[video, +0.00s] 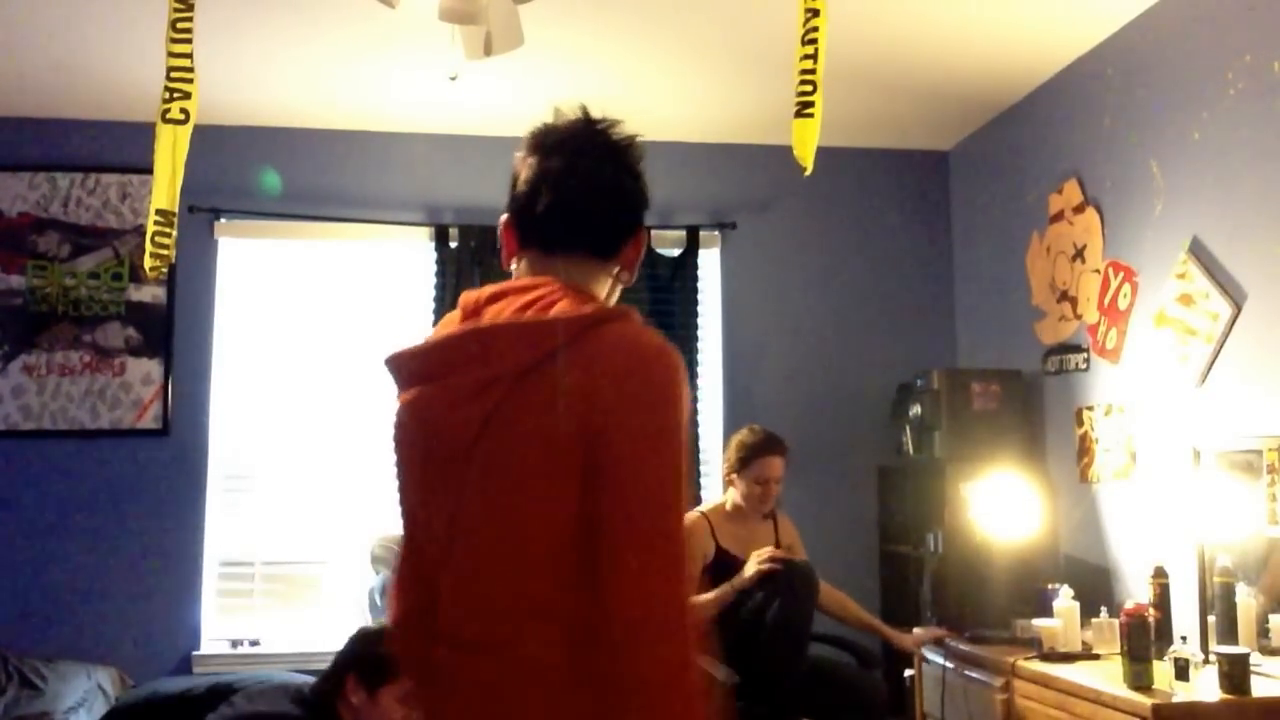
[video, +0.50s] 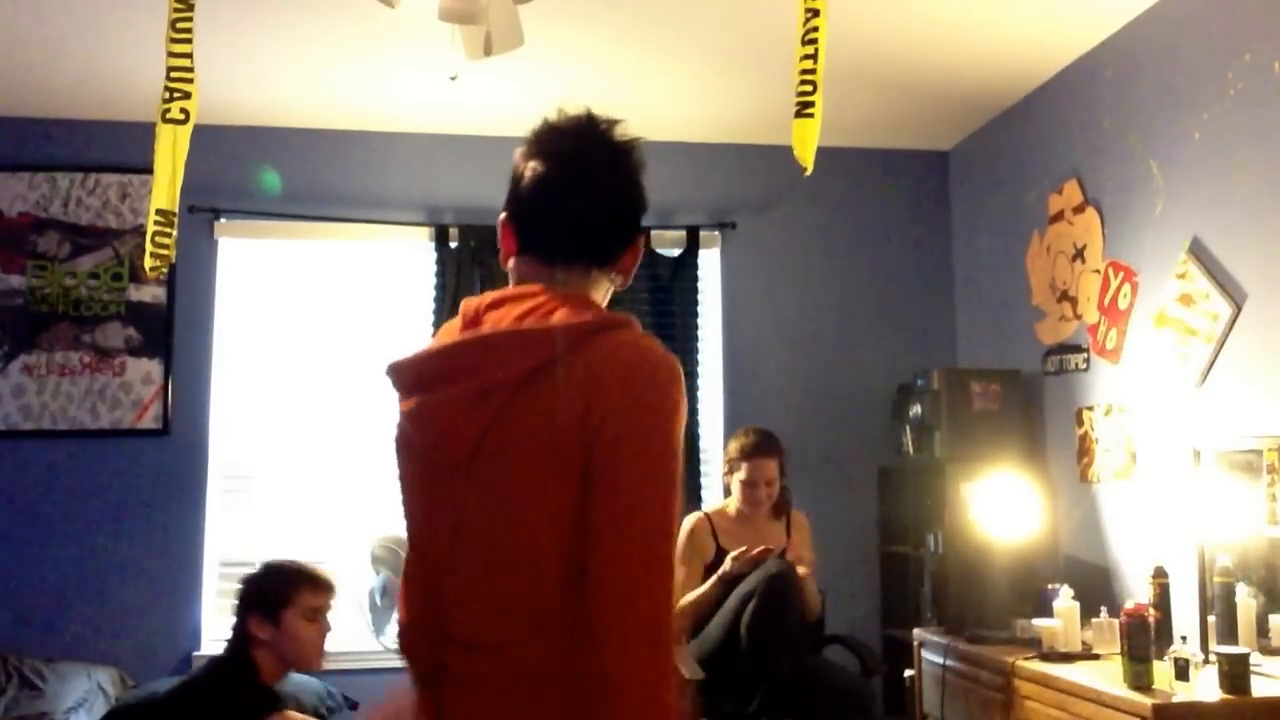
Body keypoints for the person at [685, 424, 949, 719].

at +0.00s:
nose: (771, 492)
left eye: (777, 482)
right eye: (760, 483)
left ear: (783, 479)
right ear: (731, 478)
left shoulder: (779, 525)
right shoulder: (697, 527)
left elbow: (814, 590)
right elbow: (684, 613)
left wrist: (894, 636)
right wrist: (741, 581)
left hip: (775, 634)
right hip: (723, 644)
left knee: (867, 660)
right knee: (798, 578)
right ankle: (764, 703)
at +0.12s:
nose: (767, 495)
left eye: (774, 484)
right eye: (756, 484)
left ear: (781, 482)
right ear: (729, 480)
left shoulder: (782, 524)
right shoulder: (698, 527)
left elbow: (812, 597)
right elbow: (677, 620)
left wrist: (892, 630)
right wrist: (735, 579)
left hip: (766, 640)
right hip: (706, 647)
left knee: (850, 669)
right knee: (792, 577)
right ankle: (765, 703)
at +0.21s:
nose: (762, 496)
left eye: (771, 485)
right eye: (751, 485)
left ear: (780, 481)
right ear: (727, 478)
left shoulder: (786, 524)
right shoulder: (702, 527)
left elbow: (803, 601)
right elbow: (688, 614)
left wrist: (876, 617)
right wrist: (730, 578)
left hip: (776, 643)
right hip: (719, 654)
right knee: (790, 576)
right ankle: (764, 707)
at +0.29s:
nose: (761, 496)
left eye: (770, 485)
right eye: (751, 485)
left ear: (780, 482)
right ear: (727, 480)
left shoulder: (789, 524)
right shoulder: (713, 527)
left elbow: (795, 603)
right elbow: (704, 597)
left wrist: (845, 602)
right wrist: (738, 570)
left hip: (778, 649)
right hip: (729, 651)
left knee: (858, 688)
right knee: (788, 575)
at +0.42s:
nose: (760, 496)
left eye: (769, 484)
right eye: (749, 485)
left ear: (781, 480)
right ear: (727, 479)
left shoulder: (794, 523)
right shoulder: (706, 525)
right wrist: (727, 571)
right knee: (781, 582)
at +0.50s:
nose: (760, 494)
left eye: (769, 484)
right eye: (750, 484)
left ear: (780, 481)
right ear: (728, 478)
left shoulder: (794, 524)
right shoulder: (700, 527)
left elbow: (812, 615)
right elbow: (679, 621)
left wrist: (804, 580)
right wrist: (726, 575)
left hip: (779, 650)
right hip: (713, 660)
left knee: (851, 690)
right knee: (776, 576)